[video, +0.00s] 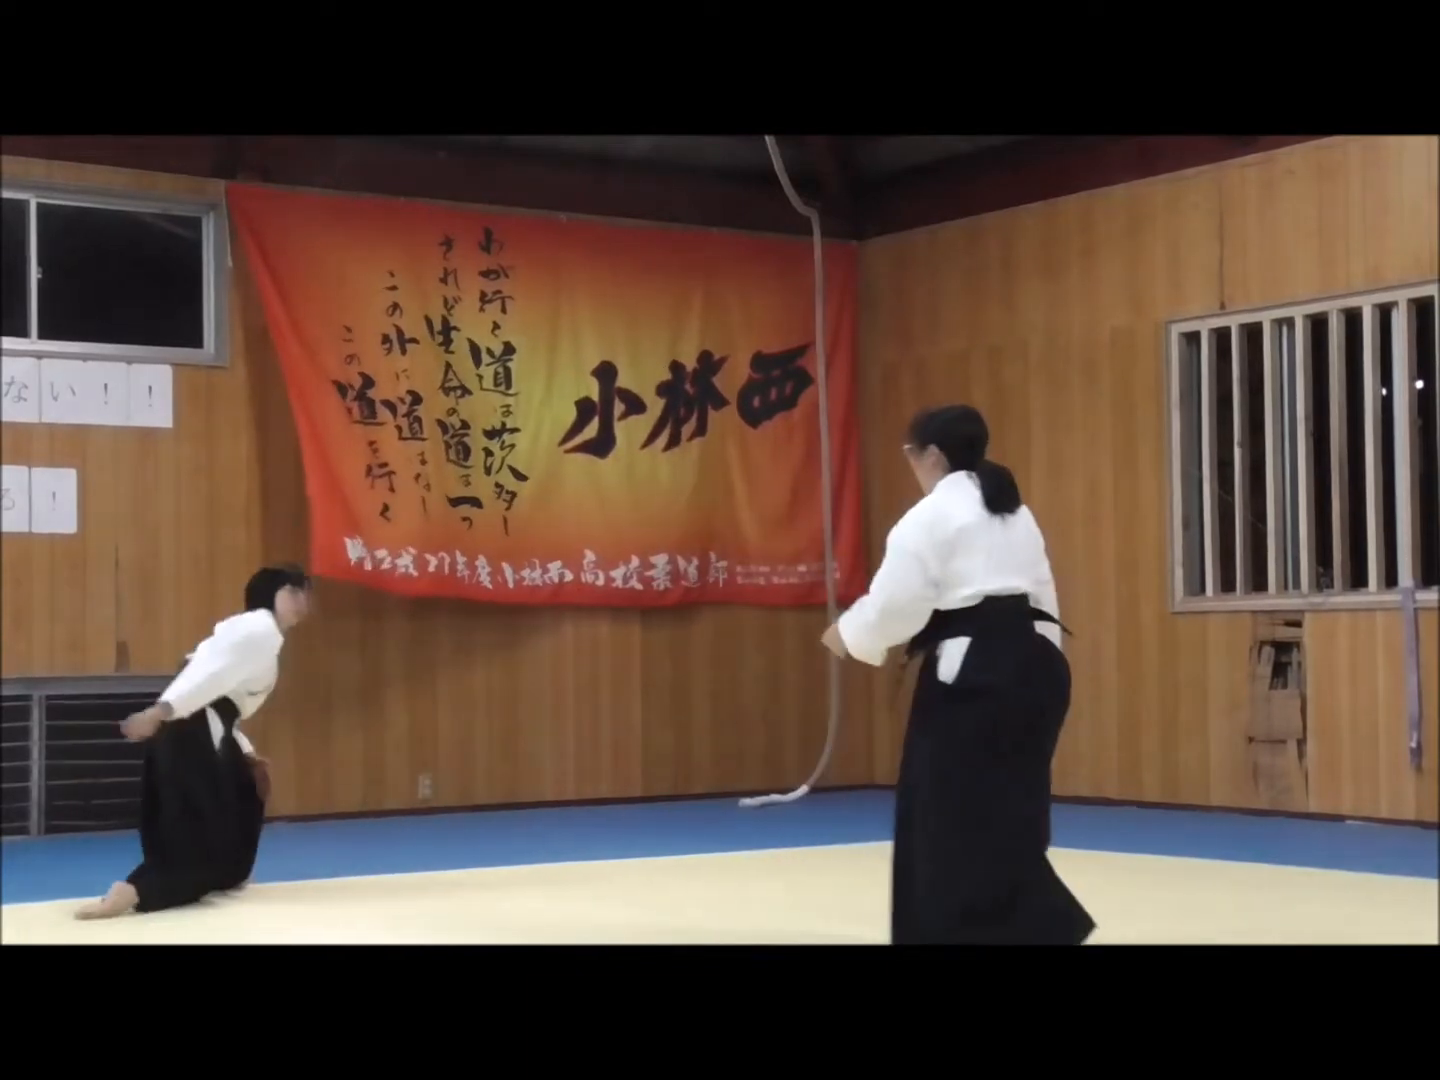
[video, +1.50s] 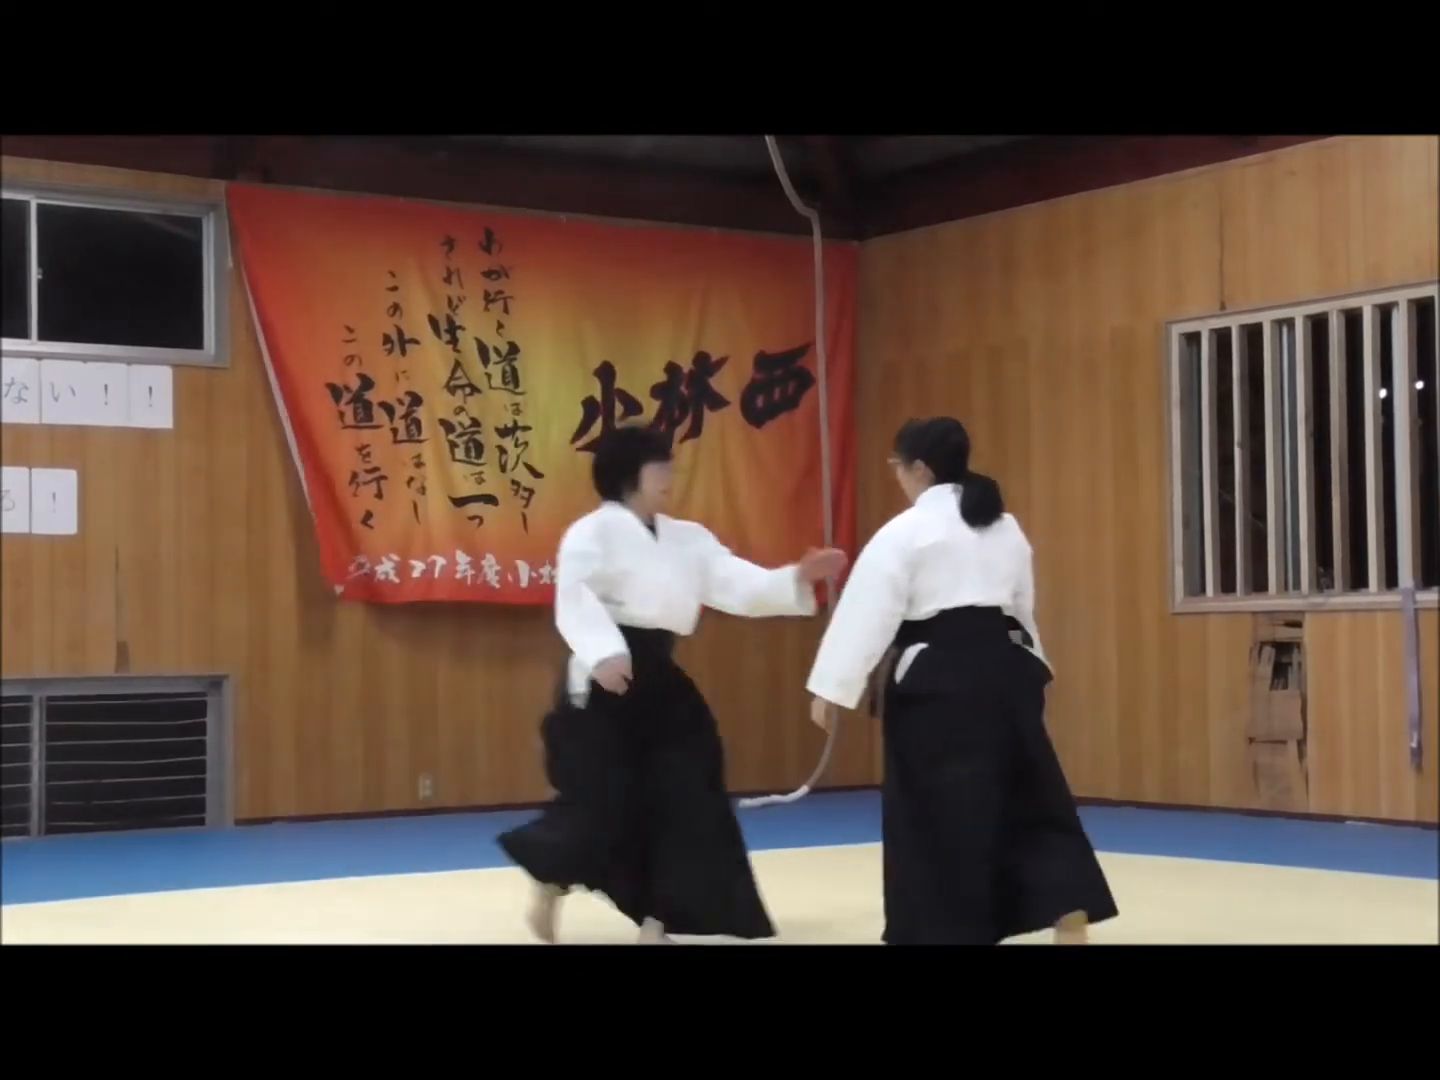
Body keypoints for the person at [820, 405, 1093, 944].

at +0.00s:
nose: (911, 466)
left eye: (913, 456)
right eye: (910, 457)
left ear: (935, 455)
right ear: (974, 453)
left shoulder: (926, 521)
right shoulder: (1017, 510)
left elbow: (892, 606)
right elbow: (1042, 595)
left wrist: (845, 634)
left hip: (971, 667)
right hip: (1039, 661)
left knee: (938, 803)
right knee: (1013, 804)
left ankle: (942, 926)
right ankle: (1046, 920)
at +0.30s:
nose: (941, 448)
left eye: (944, 437)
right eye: (941, 437)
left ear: (967, 438)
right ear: (1001, 436)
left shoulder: (969, 507)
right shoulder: (1049, 492)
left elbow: (950, 601)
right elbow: (1073, 572)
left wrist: (923, 678)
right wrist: (1081, 634)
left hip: (1011, 664)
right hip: (1076, 657)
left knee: (1000, 808)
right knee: (1067, 804)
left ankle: (1005, 929)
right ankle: (1059, 928)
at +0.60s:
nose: (972, 449)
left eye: (974, 438)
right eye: (971, 438)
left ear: (997, 438)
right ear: (1032, 436)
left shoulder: (998, 504)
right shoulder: (1080, 496)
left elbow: (976, 597)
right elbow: (1098, 588)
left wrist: (956, 684)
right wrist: (1095, 651)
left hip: (1028, 667)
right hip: (1093, 663)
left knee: (1011, 812)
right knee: (1087, 809)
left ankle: (1014, 930)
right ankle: (1086, 930)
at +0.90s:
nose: (995, 451)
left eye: (997, 441)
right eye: (994, 441)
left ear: (1019, 442)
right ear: (1058, 439)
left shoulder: (1009, 507)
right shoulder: (1106, 505)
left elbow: (980, 598)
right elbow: (1125, 595)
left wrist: (955, 681)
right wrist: (1125, 664)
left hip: (1039, 668)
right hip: (1110, 664)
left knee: (1015, 807)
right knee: (1098, 808)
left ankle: (1009, 928)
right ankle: (1096, 929)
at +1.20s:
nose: (974, 472)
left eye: (975, 461)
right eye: (972, 462)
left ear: (996, 458)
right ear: (1036, 454)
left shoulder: (979, 521)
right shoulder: (1084, 518)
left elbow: (945, 609)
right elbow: (1110, 607)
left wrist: (917, 688)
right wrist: (1125, 685)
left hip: (1007, 679)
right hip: (1084, 674)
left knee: (980, 803)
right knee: (1084, 809)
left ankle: (965, 920)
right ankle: (1089, 926)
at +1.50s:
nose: (897, 477)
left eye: (899, 467)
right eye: (897, 467)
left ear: (917, 469)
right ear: (956, 466)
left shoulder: (903, 533)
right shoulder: (1004, 526)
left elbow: (865, 613)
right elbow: (1021, 608)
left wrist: (831, 685)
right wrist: (1034, 668)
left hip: (935, 675)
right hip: (1009, 669)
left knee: (934, 802)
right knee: (1029, 791)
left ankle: (940, 927)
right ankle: (1069, 907)